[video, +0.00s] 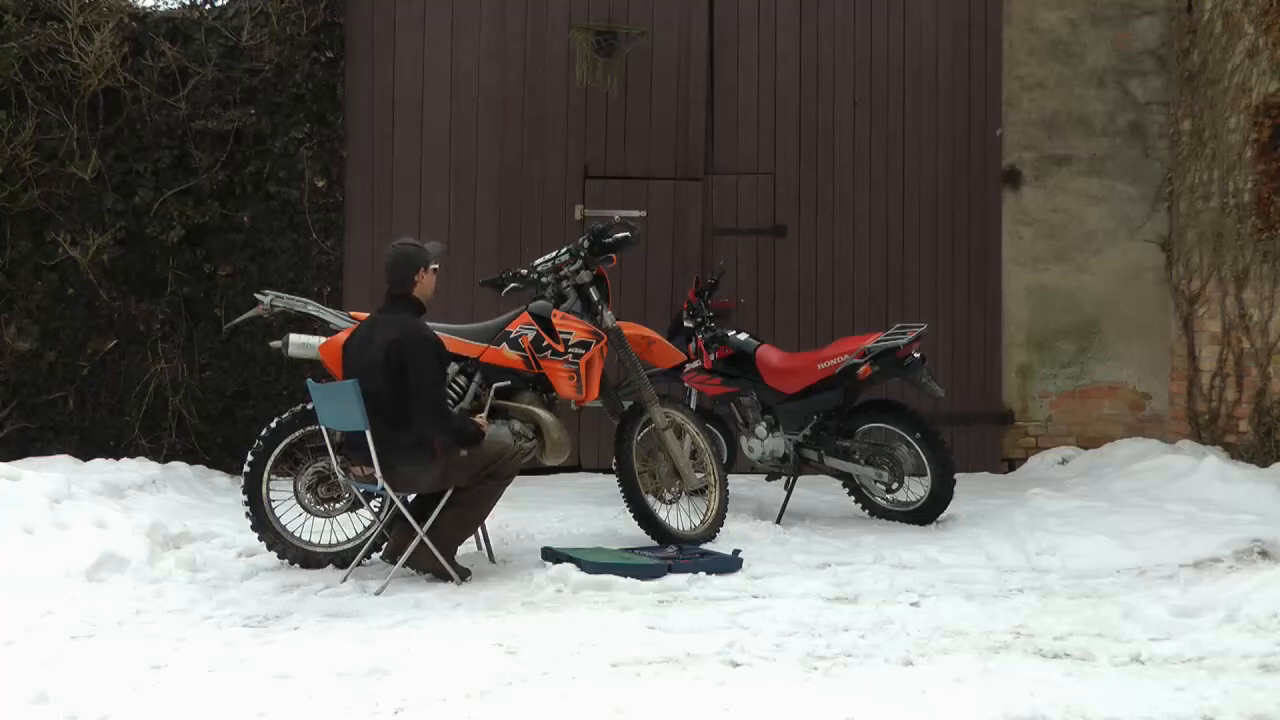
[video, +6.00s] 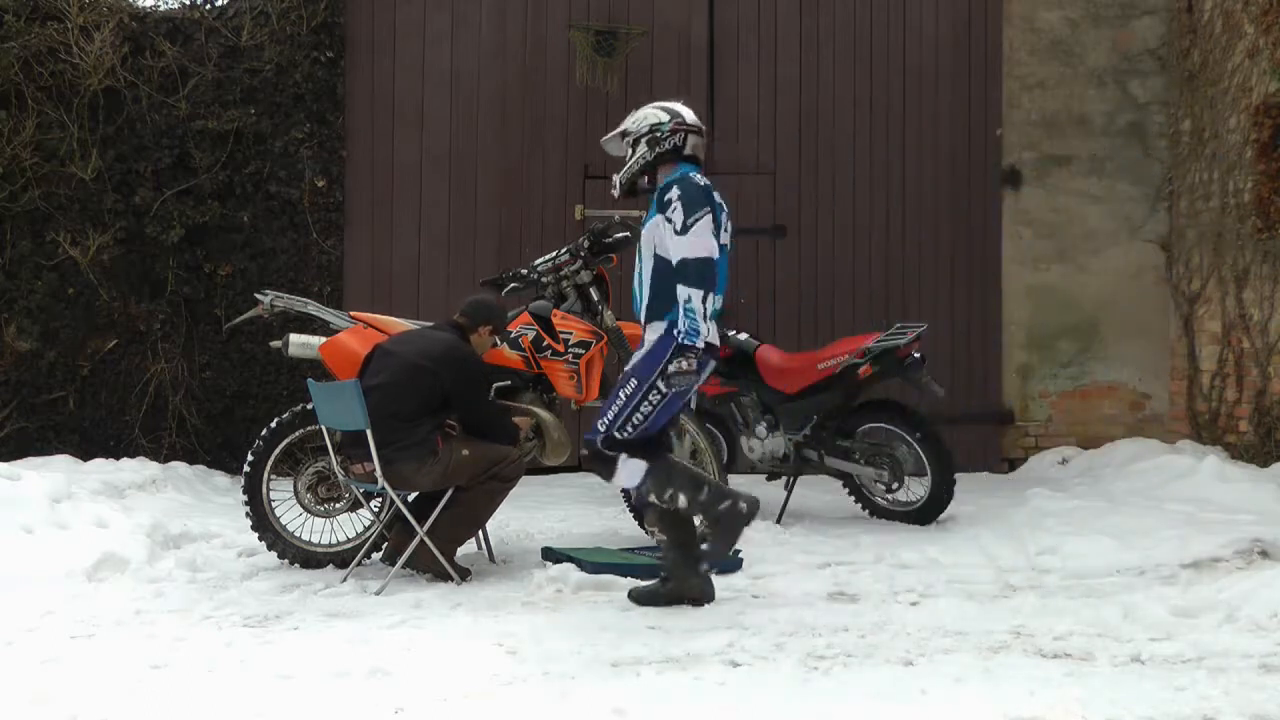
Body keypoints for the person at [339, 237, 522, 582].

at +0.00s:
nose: (435, 277)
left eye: (434, 270)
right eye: (433, 271)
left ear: (394, 279)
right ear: (419, 278)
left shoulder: (362, 333)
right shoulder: (420, 338)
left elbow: (364, 406)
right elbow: (433, 417)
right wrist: (473, 430)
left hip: (376, 462)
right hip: (409, 466)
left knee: (471, 451)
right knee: (504, 454)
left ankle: (405, 537)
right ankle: (435, 548)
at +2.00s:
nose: (468, 332)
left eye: (470, 325)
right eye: (470, 324)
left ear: (434, 308)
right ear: (461, 317)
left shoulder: (386, 335)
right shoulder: (447, 351)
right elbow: (481, 428)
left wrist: (438, 418)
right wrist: (493, 414)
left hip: (357, 457)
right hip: (401, 465)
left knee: (456, 451)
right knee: (508, 460)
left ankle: (402, 543)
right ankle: (434, 550)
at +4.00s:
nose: (480, 335)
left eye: (482, 328)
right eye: (481, 327)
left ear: (443, 313)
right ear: (470, 322)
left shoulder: (395, 337)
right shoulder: (456, 354)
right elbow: (475, 426)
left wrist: (440, 425)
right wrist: (501, 432)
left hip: (357, 455)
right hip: (400, 462)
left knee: (462, 454)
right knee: (507, 462)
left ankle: (402, 543)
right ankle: (435, 552)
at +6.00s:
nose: (492, 347)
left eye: (495, 341)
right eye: (494, 340)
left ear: (461, 318)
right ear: (484, 331)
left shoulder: (406, 338)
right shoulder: (463, 359)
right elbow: (481, 424)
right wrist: (514, 428)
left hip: (357, 455)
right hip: (399, 461)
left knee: (466, 453)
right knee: (508, 464)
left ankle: (402, 542)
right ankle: (435, 551)